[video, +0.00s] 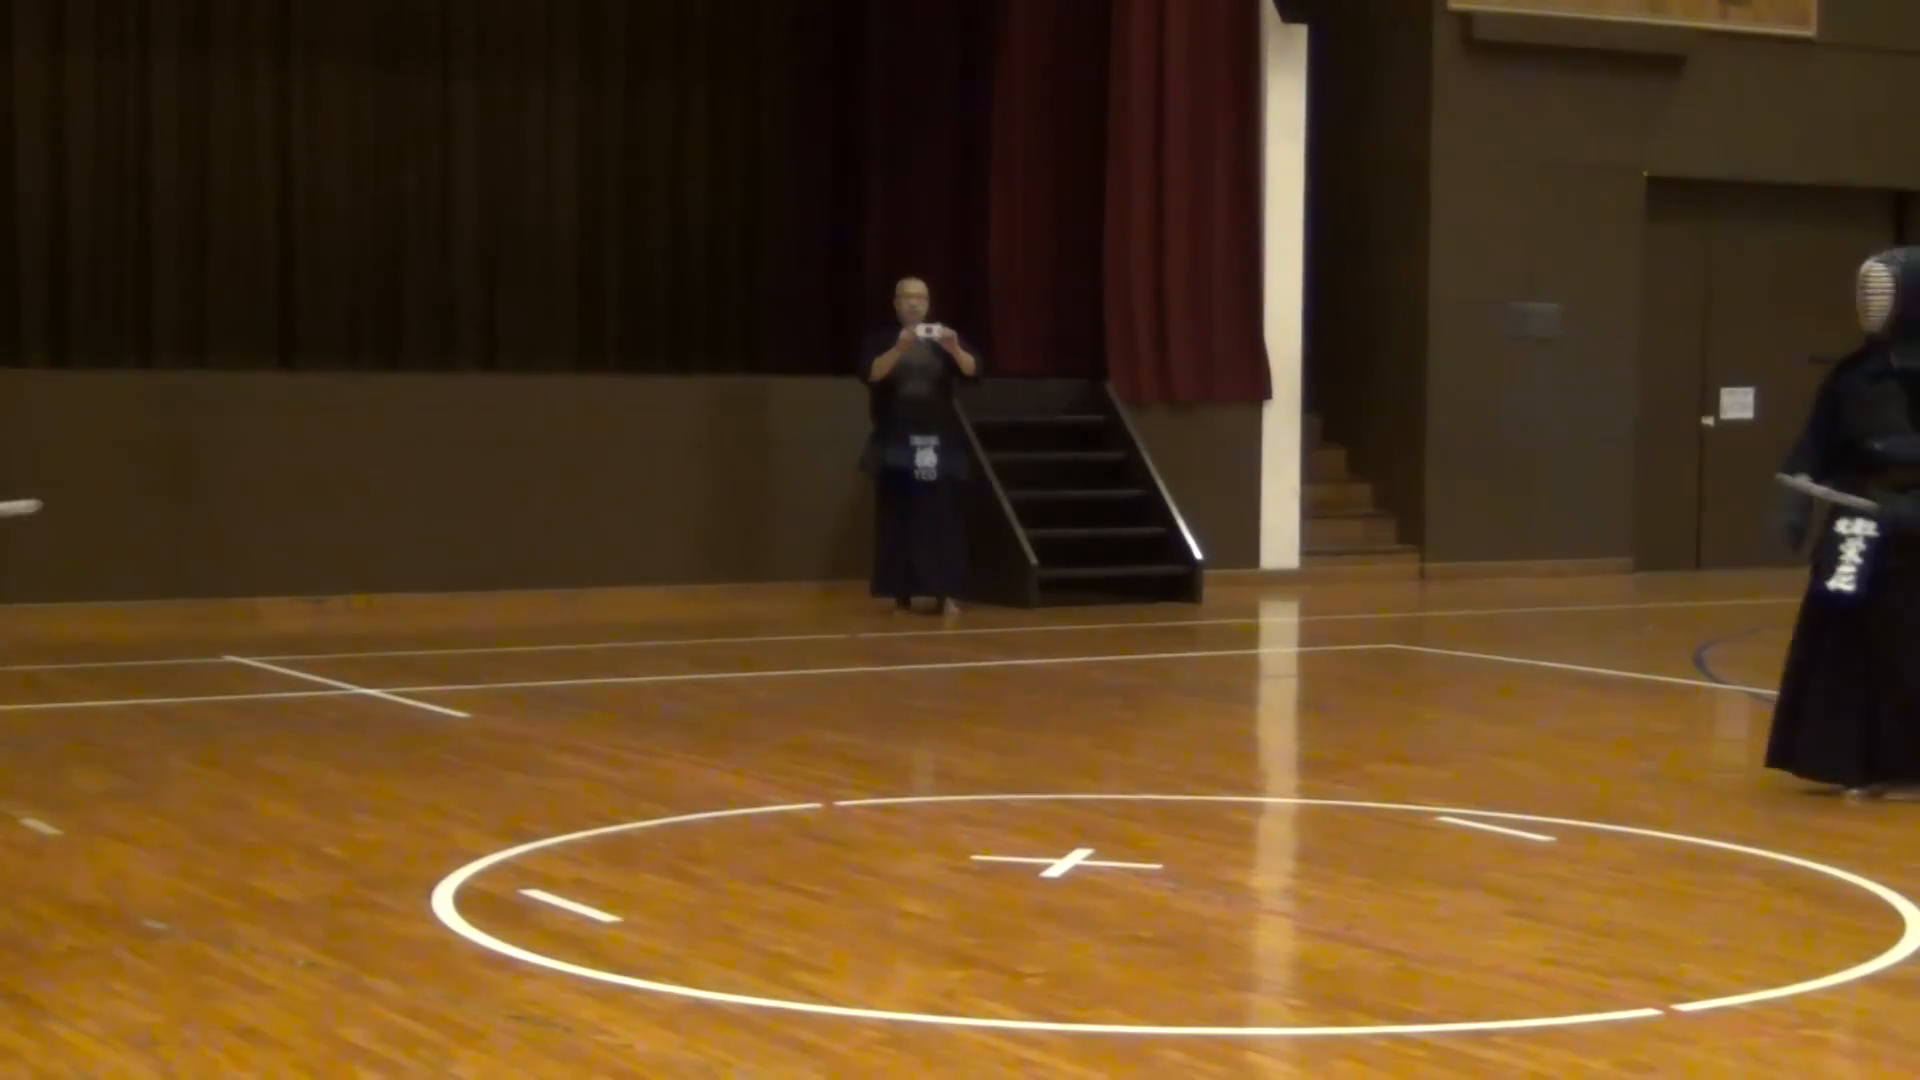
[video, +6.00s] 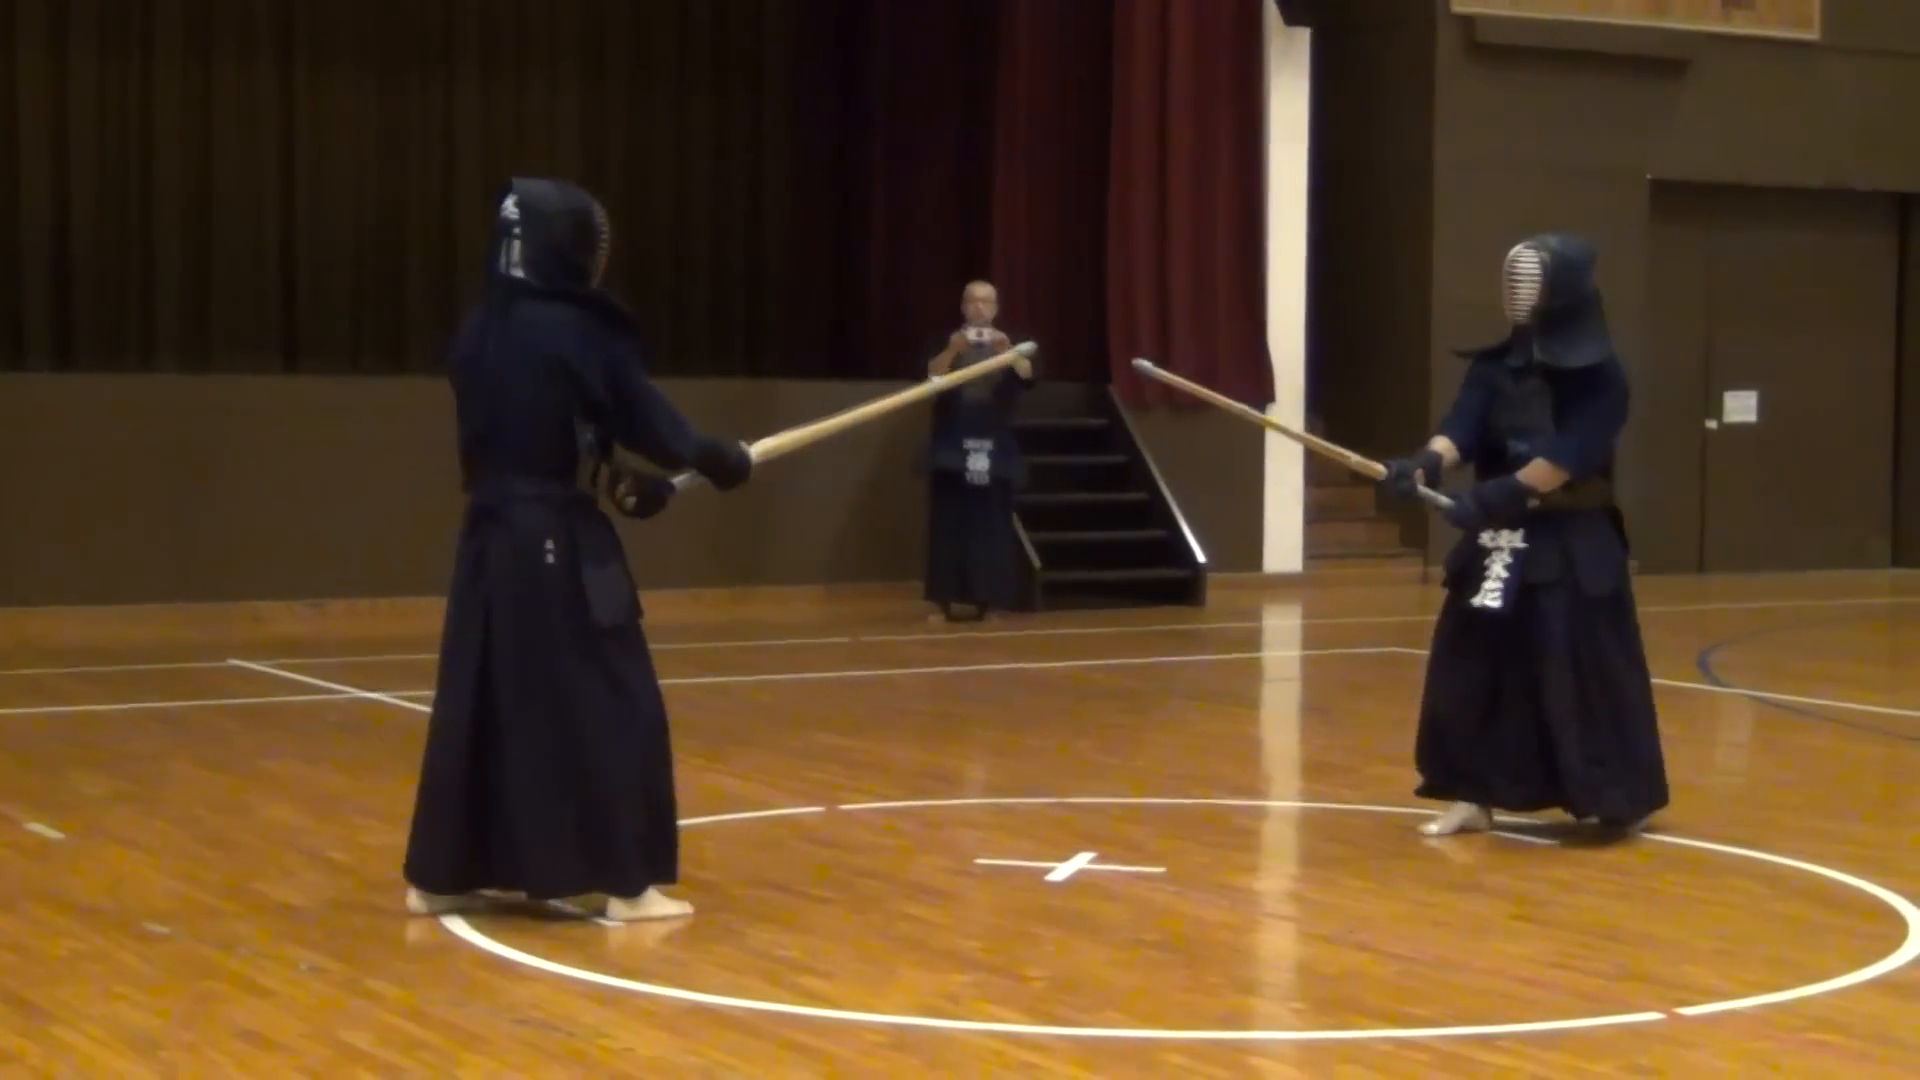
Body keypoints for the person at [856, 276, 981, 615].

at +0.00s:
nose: (913, 304)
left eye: (919, 299)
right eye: (907, 299)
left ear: (928, 303)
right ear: (896, 303)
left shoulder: (943, 338)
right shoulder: (885, 340)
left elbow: (973, 370)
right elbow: (871, 374)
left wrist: (954, 348)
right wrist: (900, 348)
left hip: (939, 436)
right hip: (897, 436)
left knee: (943, 512)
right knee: (899, 512)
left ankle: (948, 593)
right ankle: (901, 590)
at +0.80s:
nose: (965, 305)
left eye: (972, 299)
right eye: (959, 299)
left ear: (982, 303)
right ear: (949, 304)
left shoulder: (994, 341)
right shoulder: (934, 342)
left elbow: (1017, 371)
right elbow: (916, 376)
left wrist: (992, 348)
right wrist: (940, 348)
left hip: (983, 437)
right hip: (942, 437)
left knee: (984, 513)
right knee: (935, 512)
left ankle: (986, 596)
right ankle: (925, 591)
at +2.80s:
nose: (974, 305)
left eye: (981, 299)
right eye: (968, 298)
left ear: (991, 303)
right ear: (957, 302)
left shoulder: (1002, 339)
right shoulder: (944, 338)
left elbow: (1023, 370)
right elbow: (924, 374)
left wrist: (1000, 348)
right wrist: (947, 346)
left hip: (988, 436)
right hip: (948, 435)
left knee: (985, 512)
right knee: (944, 512)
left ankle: (982, 594)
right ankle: (938, 593)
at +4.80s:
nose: (988, 304)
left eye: (994, 298)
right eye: (983, 298)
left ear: (1004, 302)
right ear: (972, 302)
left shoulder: (1016, 340)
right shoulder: (958, 339)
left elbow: (1036, 371)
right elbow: (937, 373)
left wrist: (1013, 347)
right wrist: (960, 346)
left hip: (1003, 434)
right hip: (962, 434)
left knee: (1000, 510)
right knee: (961, 510)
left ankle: (996, 588)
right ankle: (959, 588)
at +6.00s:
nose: (979, 308)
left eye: (986, 302)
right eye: (973, 302)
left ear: (997, 307)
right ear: (963, 306)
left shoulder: (1007, 348)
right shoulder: (947, 344)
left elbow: (1027, 376)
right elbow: (930, 375)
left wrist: (1002, 348)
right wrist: (954, 349)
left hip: (993, 441)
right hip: (952, 440)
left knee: (990, 516)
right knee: (950, 516)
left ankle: (989, 598)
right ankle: (947, 596)